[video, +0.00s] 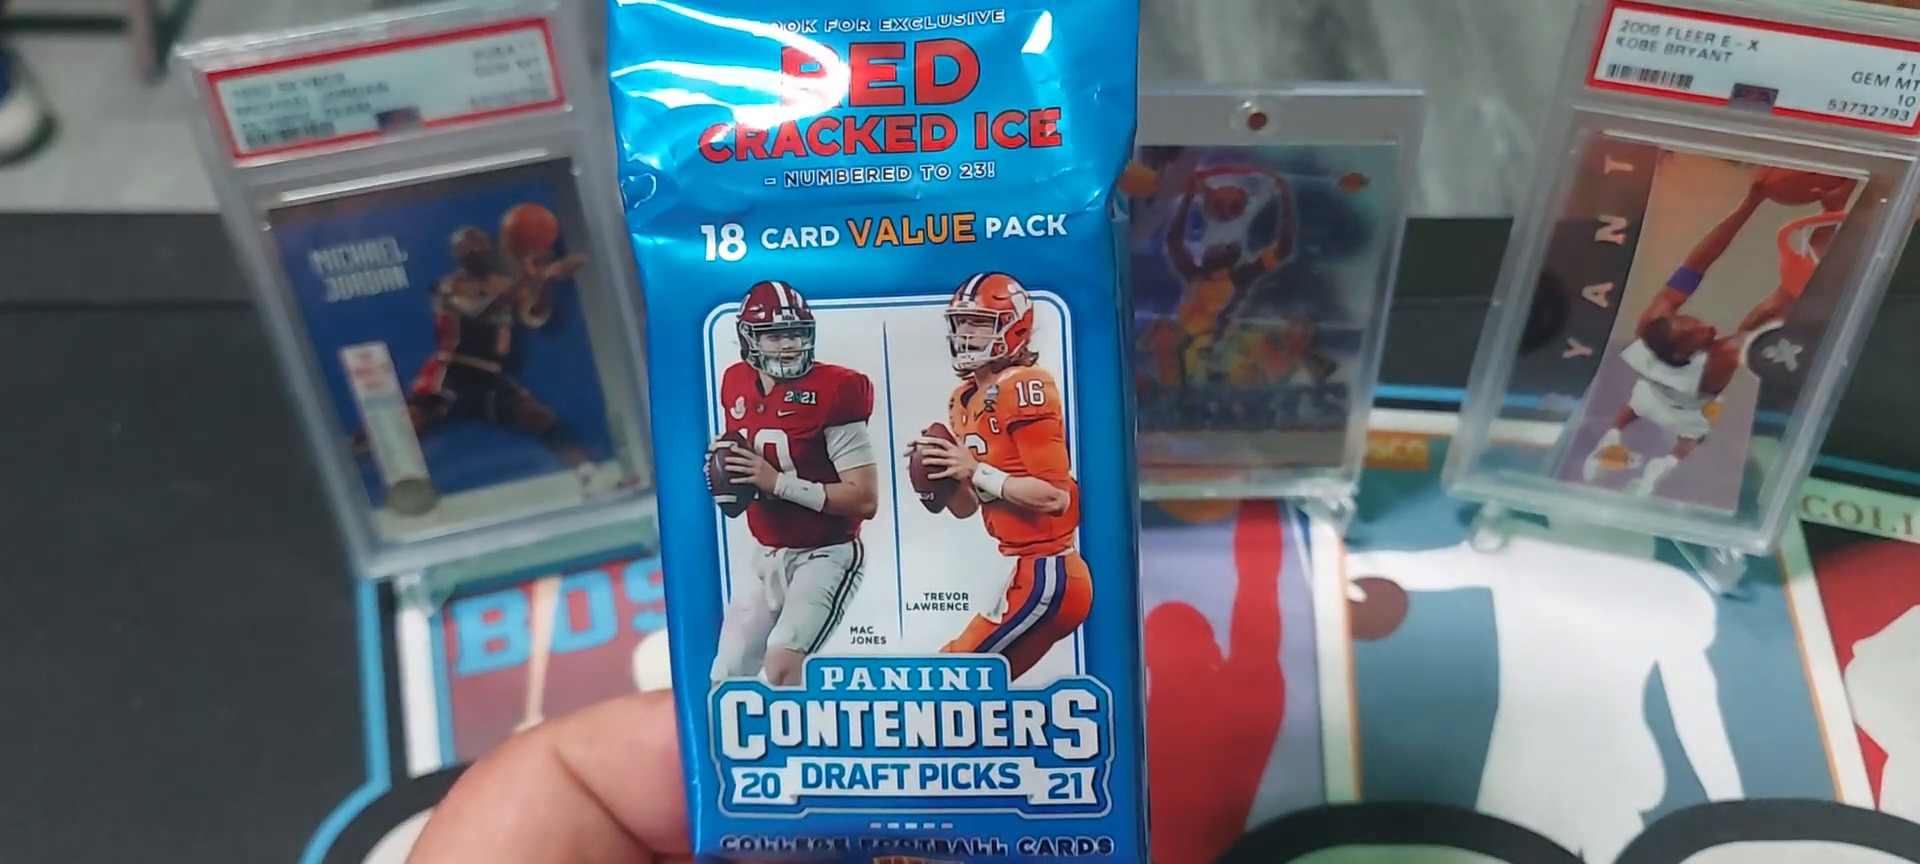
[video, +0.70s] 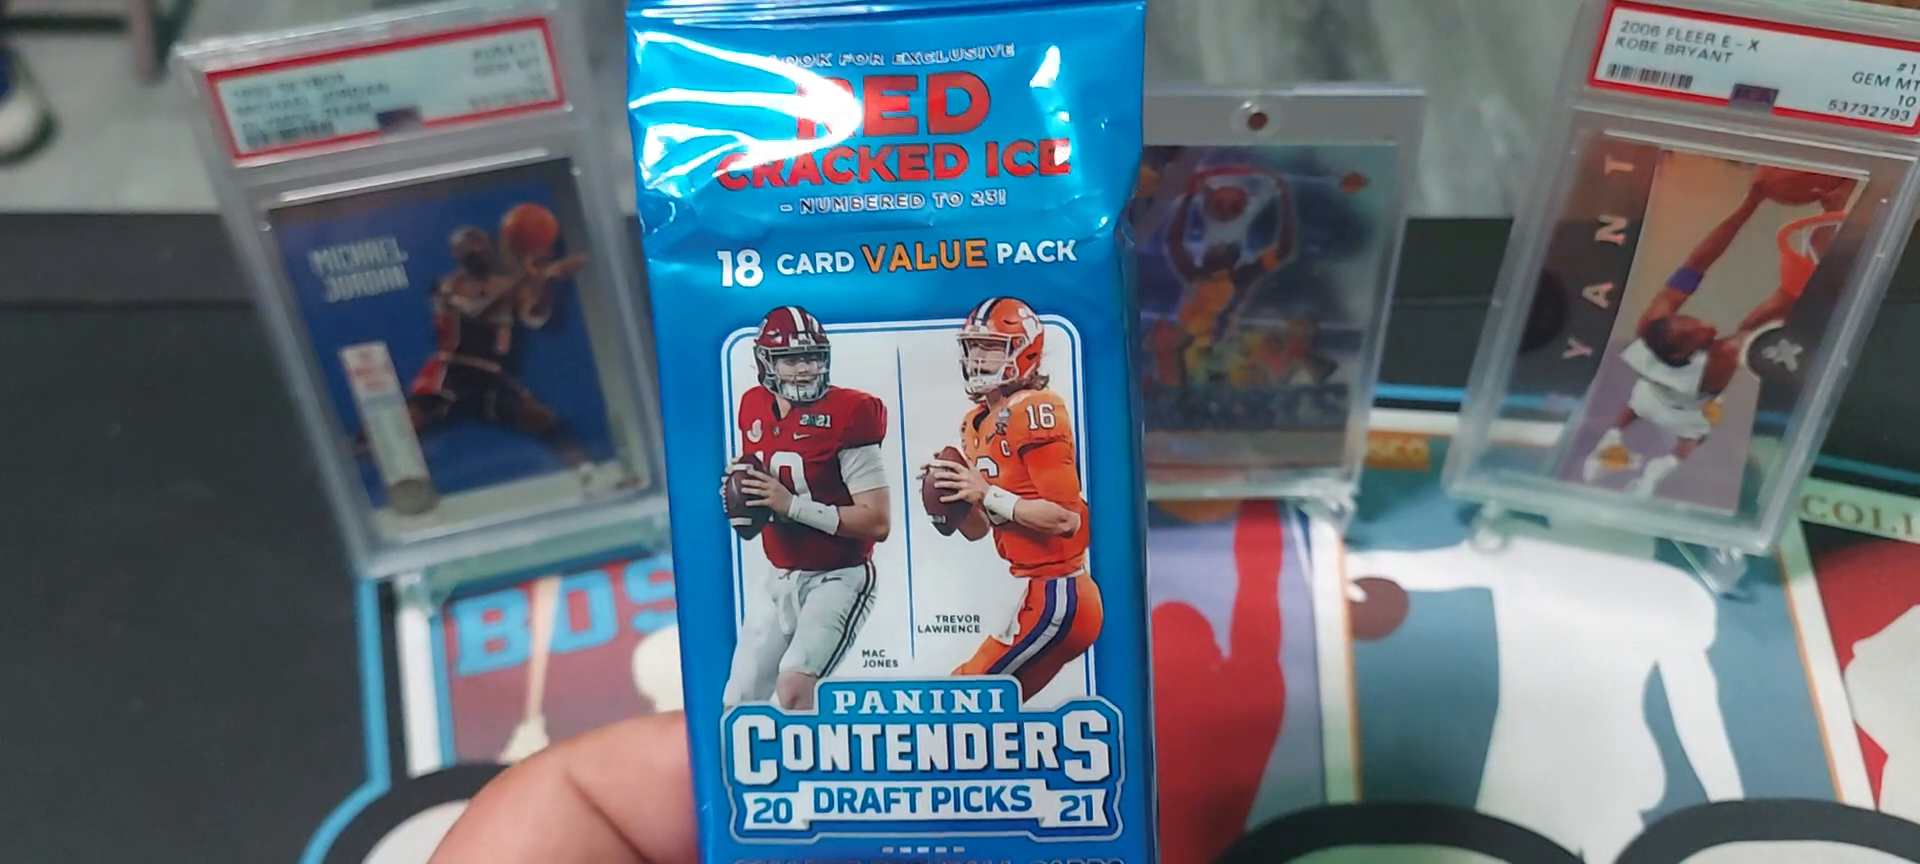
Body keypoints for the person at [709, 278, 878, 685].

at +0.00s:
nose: (787, 346)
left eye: (795, 335)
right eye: (775, 336)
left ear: (808, 336)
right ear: (750, 339)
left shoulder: (837, 390)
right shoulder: (736, 382)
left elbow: (864, 499)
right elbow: (739, 457)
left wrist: (776, 481)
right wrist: (722, 467)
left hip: (828, 555)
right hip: (766, 557)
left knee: (780, 669)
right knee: (726, 678)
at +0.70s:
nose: (805, 368)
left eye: (813, 357)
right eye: (791, 358)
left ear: (825, 358)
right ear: (767, 363)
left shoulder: (852, 413)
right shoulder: (754, 406)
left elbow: (877, 522)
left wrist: (791, 505)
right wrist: (739, 495)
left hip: (841, 577)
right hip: (780, 580)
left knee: (793, 691)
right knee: (738, 703)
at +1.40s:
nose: (852, 384)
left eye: (861, 372)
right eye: (838, 373)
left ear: (875, 375)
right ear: (813, 377)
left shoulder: (902, 432)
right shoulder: (802, 420)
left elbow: (925, 546)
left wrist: (836, 524)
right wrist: (783, 514)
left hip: (887, 602)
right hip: (826, 602)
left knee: (836, 715)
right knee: (779, 726)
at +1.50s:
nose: (904, 412)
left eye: (914, 400)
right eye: (890, 400)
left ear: (928, 402)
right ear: (865, 403)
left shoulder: (956, 461)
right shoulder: (852, 447)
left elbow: (975, 577)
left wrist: (885, 553)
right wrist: (832, 543)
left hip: (935, 635)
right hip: (871, 632)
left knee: (881, 748)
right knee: (823, 757)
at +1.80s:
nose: (959, 402)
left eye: (968, 391)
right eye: (946, 391)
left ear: (982, 394)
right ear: (919, 393)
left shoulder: (1004, 453)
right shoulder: (901, 436)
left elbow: (1021, 570)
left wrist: (932, 544)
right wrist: (877, 527)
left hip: (977, 626)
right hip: (910, 621)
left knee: (916, 738)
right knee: (858, 743)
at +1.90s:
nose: (979, 379)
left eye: (990, 367)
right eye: (967, 367)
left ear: (1004, 371)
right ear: (941, 369)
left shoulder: (1025, 429)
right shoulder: (923, 409)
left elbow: (1035, 547)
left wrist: (947, 517)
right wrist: (895, 494)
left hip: (991, 600)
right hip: (927, 594)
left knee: (926, 707)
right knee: (867, 712)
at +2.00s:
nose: (1003, 364)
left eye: (1014, 354)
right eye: (989, 352)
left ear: (1026, 358)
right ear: (963, 352)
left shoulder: (1045, 417)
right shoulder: (942, 394)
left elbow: (1053, 534)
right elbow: (933, 469)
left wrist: (966, 504)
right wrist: (911, 480)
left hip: (1006, 588)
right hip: (941, 580)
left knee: (937, 697)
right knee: (878, 698)